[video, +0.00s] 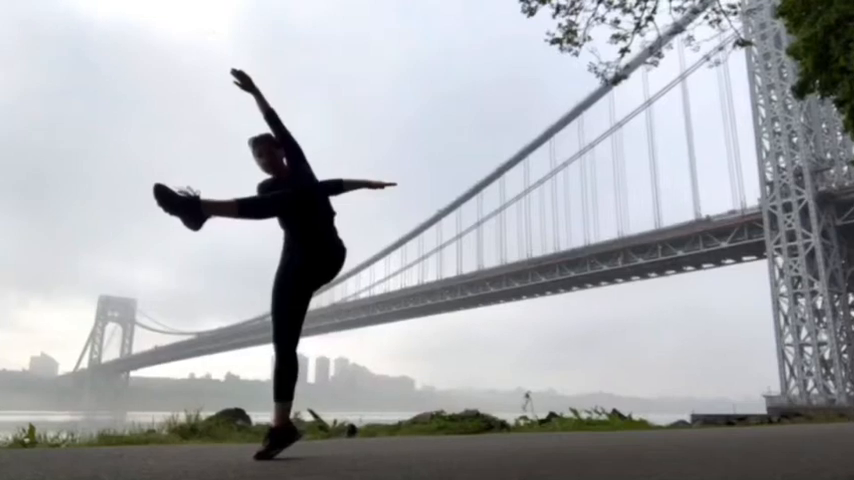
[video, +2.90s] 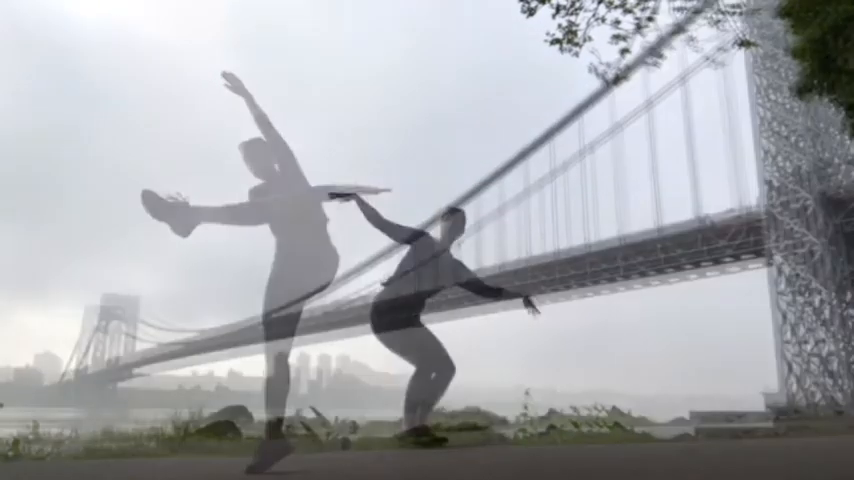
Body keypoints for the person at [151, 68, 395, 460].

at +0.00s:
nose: (263, 160)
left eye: (267, 153)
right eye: (258, 156)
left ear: (281, 150)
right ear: (257, 161)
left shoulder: (300, 170)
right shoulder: (268, 191)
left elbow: (281, 129)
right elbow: (325, 188)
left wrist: (255, 91)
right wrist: (367, 184)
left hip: (326, 253)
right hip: (296, 262)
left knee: (285, 201)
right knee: (285, 343)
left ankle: (202, 209)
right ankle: (282, 425)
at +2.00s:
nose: (256, 164)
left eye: (260, 156)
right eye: (251, 160)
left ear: (275, 154)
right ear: (251, 165)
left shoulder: (295, 174)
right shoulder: (263, 195)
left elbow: (274, 131)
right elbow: (317, 192)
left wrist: (249, 93)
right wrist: (360, 188)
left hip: (321, 258)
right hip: (290, 268)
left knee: (277, 205)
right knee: (279, 351)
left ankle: (195, 213)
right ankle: (276, 434)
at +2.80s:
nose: (253, 164)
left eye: (257, 157)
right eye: (248, 160)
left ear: (272, 154)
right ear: (248, 165)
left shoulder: (292, 174)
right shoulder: (261, 198)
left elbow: (273, 133)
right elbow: (317, 193)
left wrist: (246, 94)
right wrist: (354, 190)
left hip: (319, 263)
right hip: (287, 273)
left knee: (274, 206)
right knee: (277, 354)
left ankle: (192, 215)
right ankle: (274, 436)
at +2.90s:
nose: (253, 165)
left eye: (256, 157)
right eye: (249, 161)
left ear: (271, 152)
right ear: (250, 163)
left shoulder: (291, 175)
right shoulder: (261, 196)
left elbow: (270, 131)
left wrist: (246, 95)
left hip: (312, 261)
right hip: (291, 270)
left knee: (270, 205)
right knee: (277, 353)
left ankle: (192, 215)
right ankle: (274, 437)